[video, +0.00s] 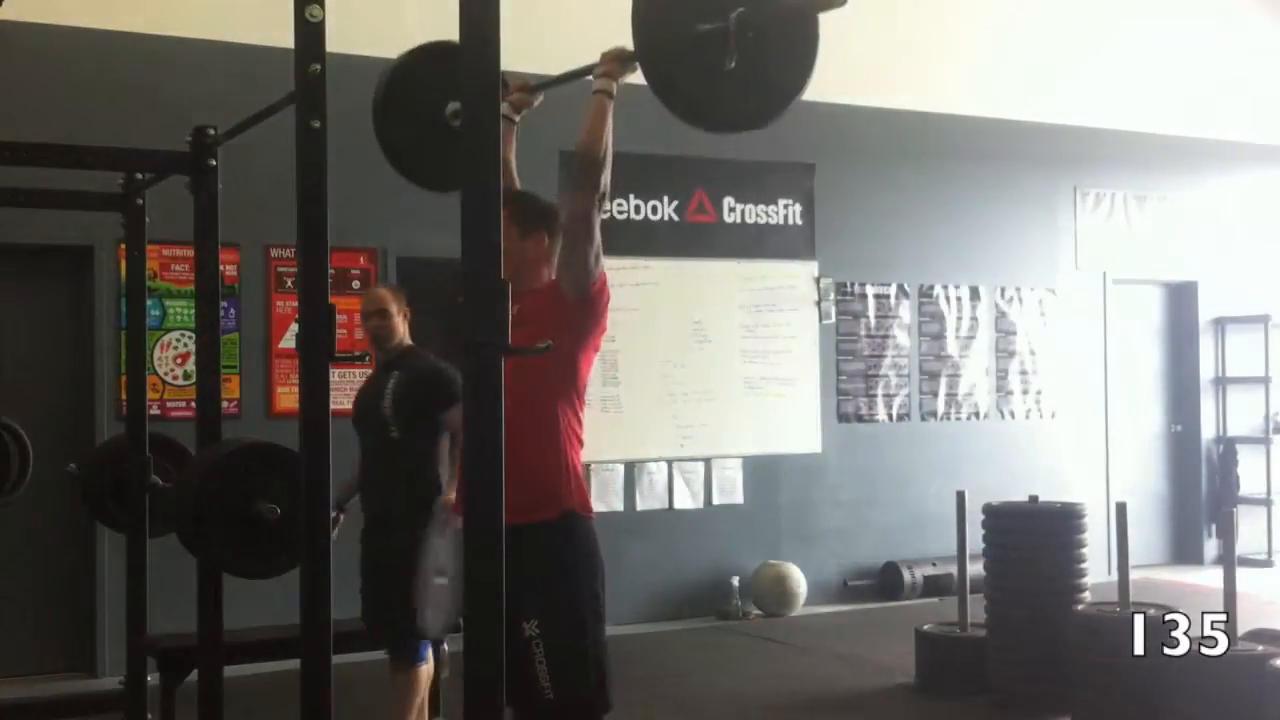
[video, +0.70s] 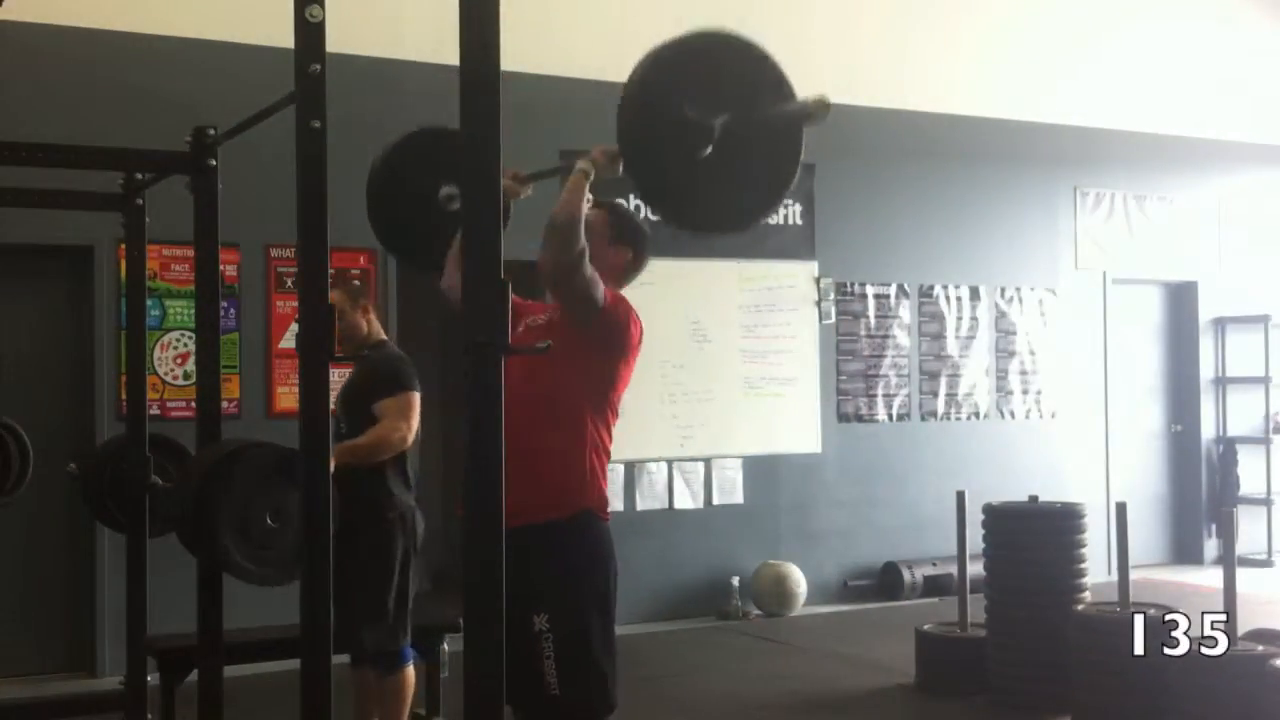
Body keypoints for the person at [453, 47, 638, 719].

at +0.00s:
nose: (494, 246)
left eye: (506, 233)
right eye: (492, 233)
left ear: (541, 241)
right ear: (502, 242)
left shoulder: (571, 304)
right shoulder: (498, 307)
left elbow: (586, 195)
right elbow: (500, 211)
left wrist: (603, 85)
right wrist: (510, 118)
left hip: (553, 524)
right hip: (490, 526)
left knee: (574, 691)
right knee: (501, 686)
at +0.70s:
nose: (569, 236)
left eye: (585, 231)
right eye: (571, 229)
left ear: (619, 260)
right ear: (559, 244)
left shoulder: (613, 326)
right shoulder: (523, 316)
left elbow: (560, 254)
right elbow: (457, 282)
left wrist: (582, 171)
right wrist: (491, 205)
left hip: (566, 535)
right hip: (499, 532)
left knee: (575, 698)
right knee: (506, 694)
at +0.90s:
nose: (583, 231)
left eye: (604, 227)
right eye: (587, 223)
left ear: (630, 265)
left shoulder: (623, 331)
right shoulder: (526, 330)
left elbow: (559, 311)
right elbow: (451, 325)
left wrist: (575, 225)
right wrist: (488, 248)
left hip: (570, 531)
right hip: (504, 530)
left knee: (580, 694)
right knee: (516, 691)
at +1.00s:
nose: (576, 251)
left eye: (595, 241)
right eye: (578, 240)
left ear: (620, 264)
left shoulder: (626, 333)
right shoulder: (531, 330)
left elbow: (561, 327)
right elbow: (454, 352)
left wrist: (572, 255)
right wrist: (487, 277)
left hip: (571, 530)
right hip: (508, 529)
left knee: (578, 691)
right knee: (514, 688)